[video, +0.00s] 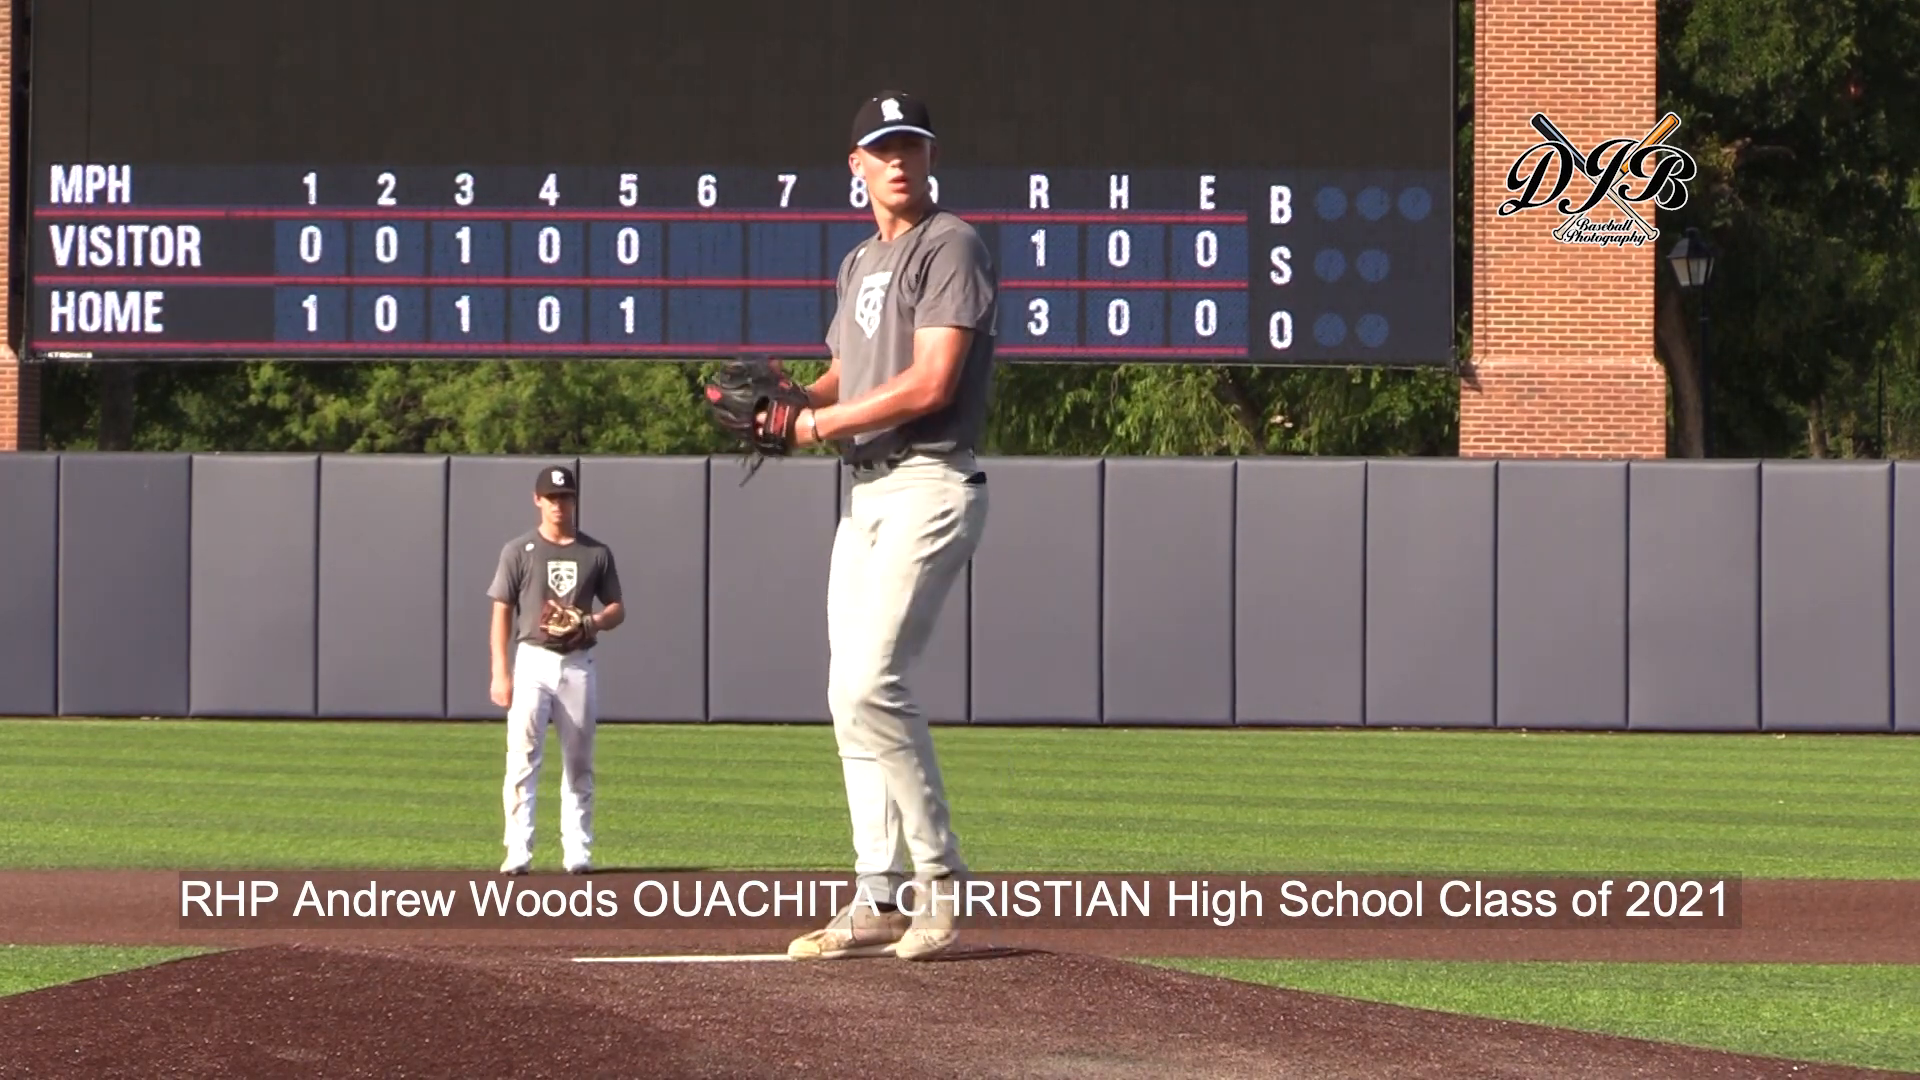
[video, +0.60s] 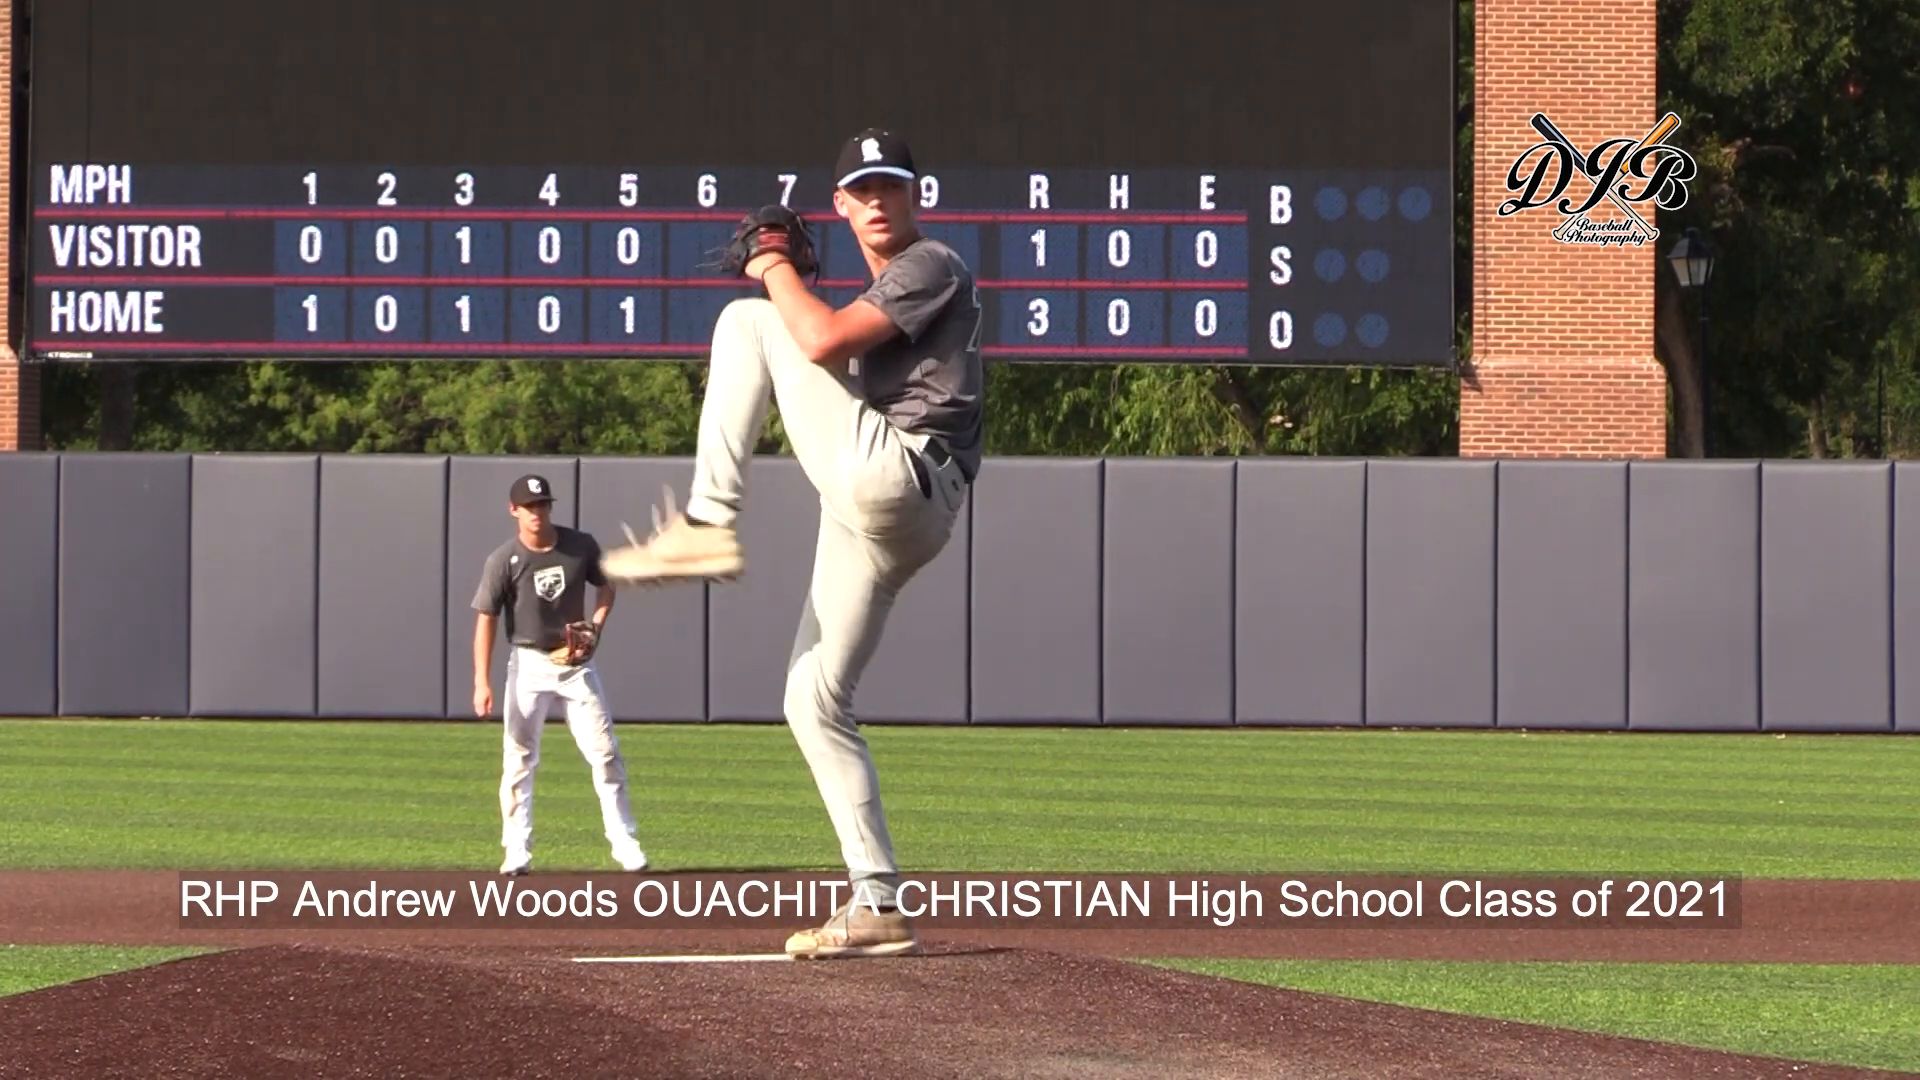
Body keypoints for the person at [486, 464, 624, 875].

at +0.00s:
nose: (559, 505)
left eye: (565, 498)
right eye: (551, 498)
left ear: (575, 502)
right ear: (538, 501)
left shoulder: (598, 554)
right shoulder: (517, 552)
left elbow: (616, 608)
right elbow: (501, 613)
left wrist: (592, 623)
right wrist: (501, 673)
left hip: (577, 665)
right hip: (530, 661)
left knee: (578, 764)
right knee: (522, 760)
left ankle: (578, 855)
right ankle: (518, 855)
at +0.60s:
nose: (537, 514)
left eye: (543, 506)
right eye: (529, 508)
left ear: (551, 507)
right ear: (514, 511)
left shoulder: (581, 546)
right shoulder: (503, 560)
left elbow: (607, 586)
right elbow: (485, 618)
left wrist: (594, 629)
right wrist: (481, 681)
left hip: (576, 664)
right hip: (528, 665)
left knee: (605, 754)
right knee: (519, 763)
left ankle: (625, 846)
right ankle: (517, 856)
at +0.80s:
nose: (561, 518)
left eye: (566, 510)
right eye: (553, 511)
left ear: (575, 512)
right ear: (538, 515)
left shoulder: (603, 551)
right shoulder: (525, 564)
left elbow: (626, 589)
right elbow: (505, 620)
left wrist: (614, 632)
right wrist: (499, 684)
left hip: (592, 668)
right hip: (544, 667)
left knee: (620, 757)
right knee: (527, 761)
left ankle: (651, 849)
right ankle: (517, 856)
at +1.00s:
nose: (600, 522)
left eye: (606, 514)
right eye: (592, 516)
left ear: (615, 517)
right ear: (578, 519)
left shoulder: (642, 561)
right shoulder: (561, 566)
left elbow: (663, 601)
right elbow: (542, 621)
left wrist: (645, 643)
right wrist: (536, 683)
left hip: (622, 675)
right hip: (571, 671)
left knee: (645, 764)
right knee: (541, 762)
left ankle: (657, 859)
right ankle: (519, 852)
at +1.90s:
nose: (608, 543)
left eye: (615, 536)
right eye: (601, 535)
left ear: (623, 539)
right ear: (585, 537)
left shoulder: (639, 579)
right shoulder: (562, 579)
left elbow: (647, 621)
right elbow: (532, 627)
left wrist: (626, 666)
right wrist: (529, 691)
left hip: (607, 671)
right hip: (556, 668)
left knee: (631, 761)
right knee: (532, 760)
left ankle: (654, 852)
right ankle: (512, 850)